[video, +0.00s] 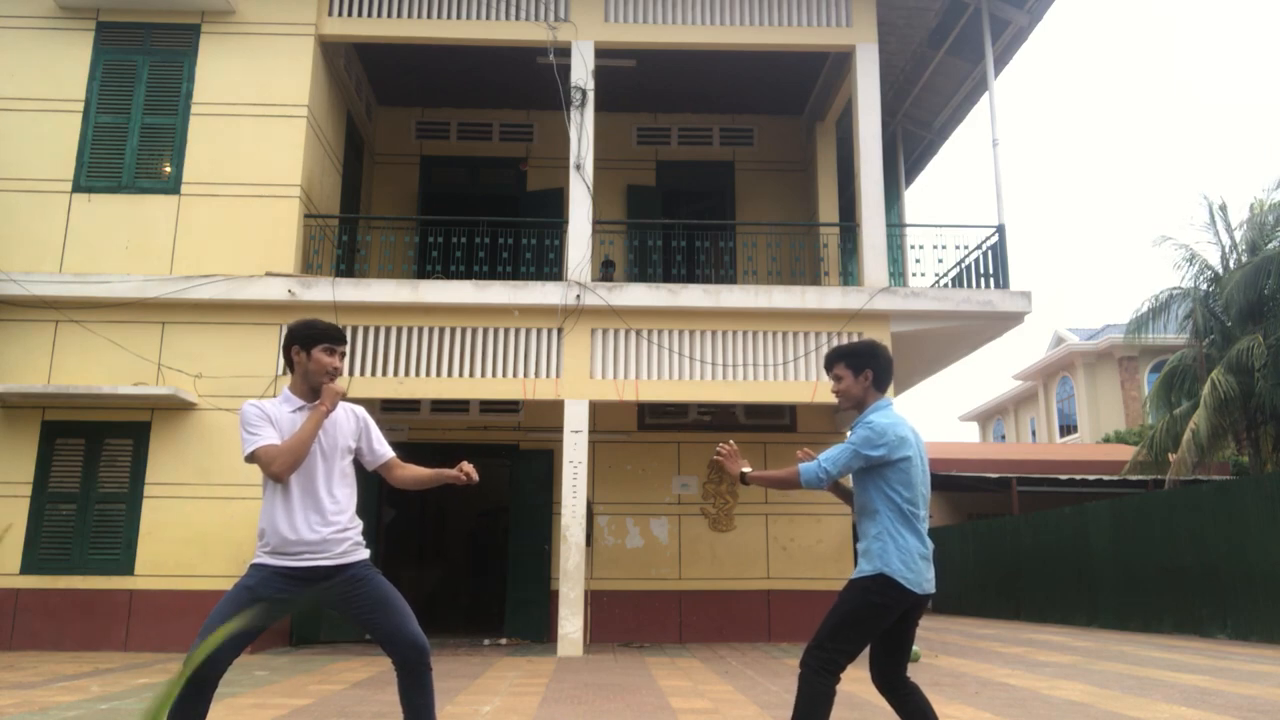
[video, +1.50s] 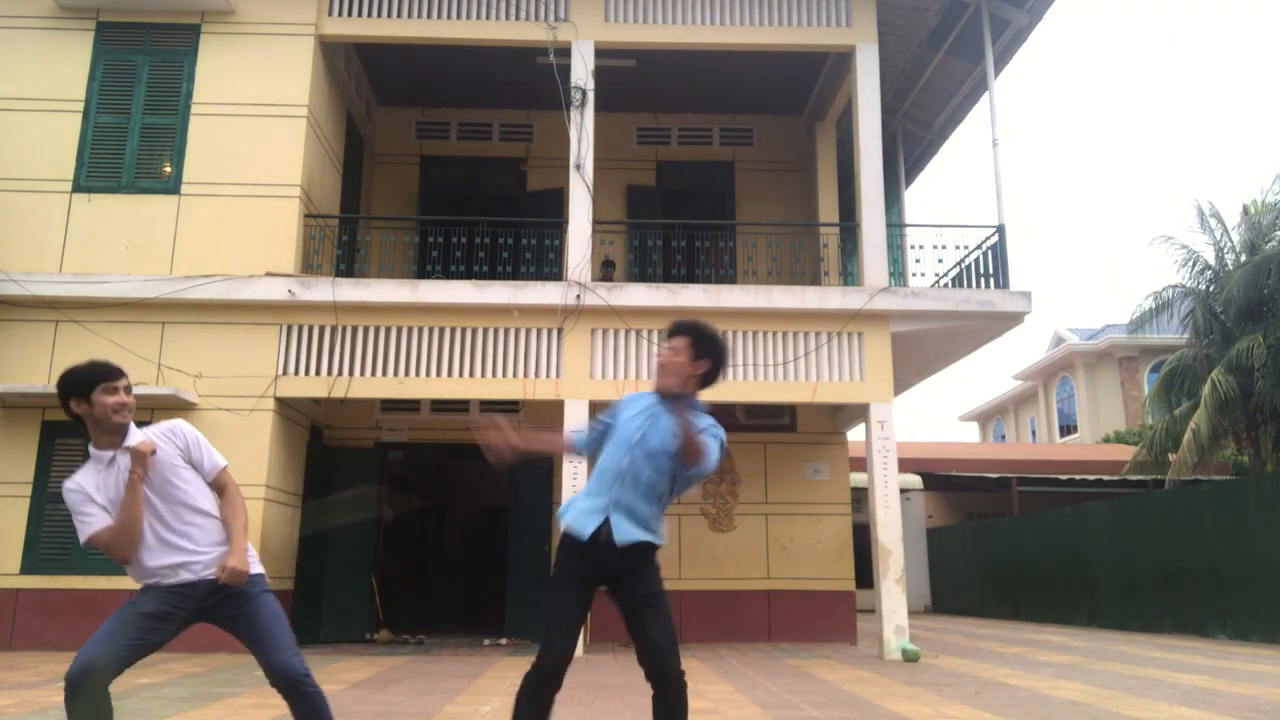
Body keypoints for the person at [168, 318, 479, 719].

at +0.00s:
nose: (337, 364)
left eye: (340, 356)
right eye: (327, 354)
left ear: (344, 361)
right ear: (295, 356)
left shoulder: (352, 416)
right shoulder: (258, 411)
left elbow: (396, 471)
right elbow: (277, 467)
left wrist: (448, 475)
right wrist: (323, 409)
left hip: (348, 566)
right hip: (276, 568)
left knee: (414, 650)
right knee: (203, 660)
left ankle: (423, 717)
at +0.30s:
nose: (338, 365)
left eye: (341, 356)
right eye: (329, 354)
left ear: (345, 361)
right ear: (296, 356)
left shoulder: (353, 416)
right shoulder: (259, 412)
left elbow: (396, 471)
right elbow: (278, 467)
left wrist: (449, 475)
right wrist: (324, 410)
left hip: (349, 569)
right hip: (277, 570)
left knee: (415, 650)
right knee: (201, 663)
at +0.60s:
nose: (338, 368)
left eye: (341, 359)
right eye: (329, 357)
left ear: (345, 363)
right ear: (296, 357)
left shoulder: (353, 417)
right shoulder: (259, 412)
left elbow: (397, 471)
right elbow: (279, 468)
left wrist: (449, 475)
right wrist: (324, 410)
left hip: (349, 569)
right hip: (277, 570)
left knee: (415, 649)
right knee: (201, 664)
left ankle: (423, 719)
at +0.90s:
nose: (328, 367)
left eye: (332, 358)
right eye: (318, 356)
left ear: (335, 364)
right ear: (287, 358)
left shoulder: (349, 416)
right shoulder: (252, 417)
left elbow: (385, 478)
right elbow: (274, 473)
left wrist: (413, 467)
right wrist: (318, 416)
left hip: (342, 568)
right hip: (272, 571)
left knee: (406, 655)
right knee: (198, 668)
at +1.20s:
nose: (173, 406)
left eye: (176, 398)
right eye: (159, 400)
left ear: (186, 404)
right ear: (134, 416)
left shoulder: (228, 436)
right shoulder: (141, 492)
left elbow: (289, 479)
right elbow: (177, 544)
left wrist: (282, 519)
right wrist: (188, 476)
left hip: (295, 578)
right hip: (225, 590)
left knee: (361, 668)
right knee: (132, 667)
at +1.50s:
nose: (124, 400)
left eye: (126, 391)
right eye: (109, 392)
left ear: (134, 396)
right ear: (78, 406)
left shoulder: (175, 434)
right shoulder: (80, 486)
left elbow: (227, 487)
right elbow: (120, 549)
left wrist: (238, 551)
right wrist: (137, 475)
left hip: (234, 579)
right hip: (165, 592)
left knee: (290, 673)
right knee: (84, 676)